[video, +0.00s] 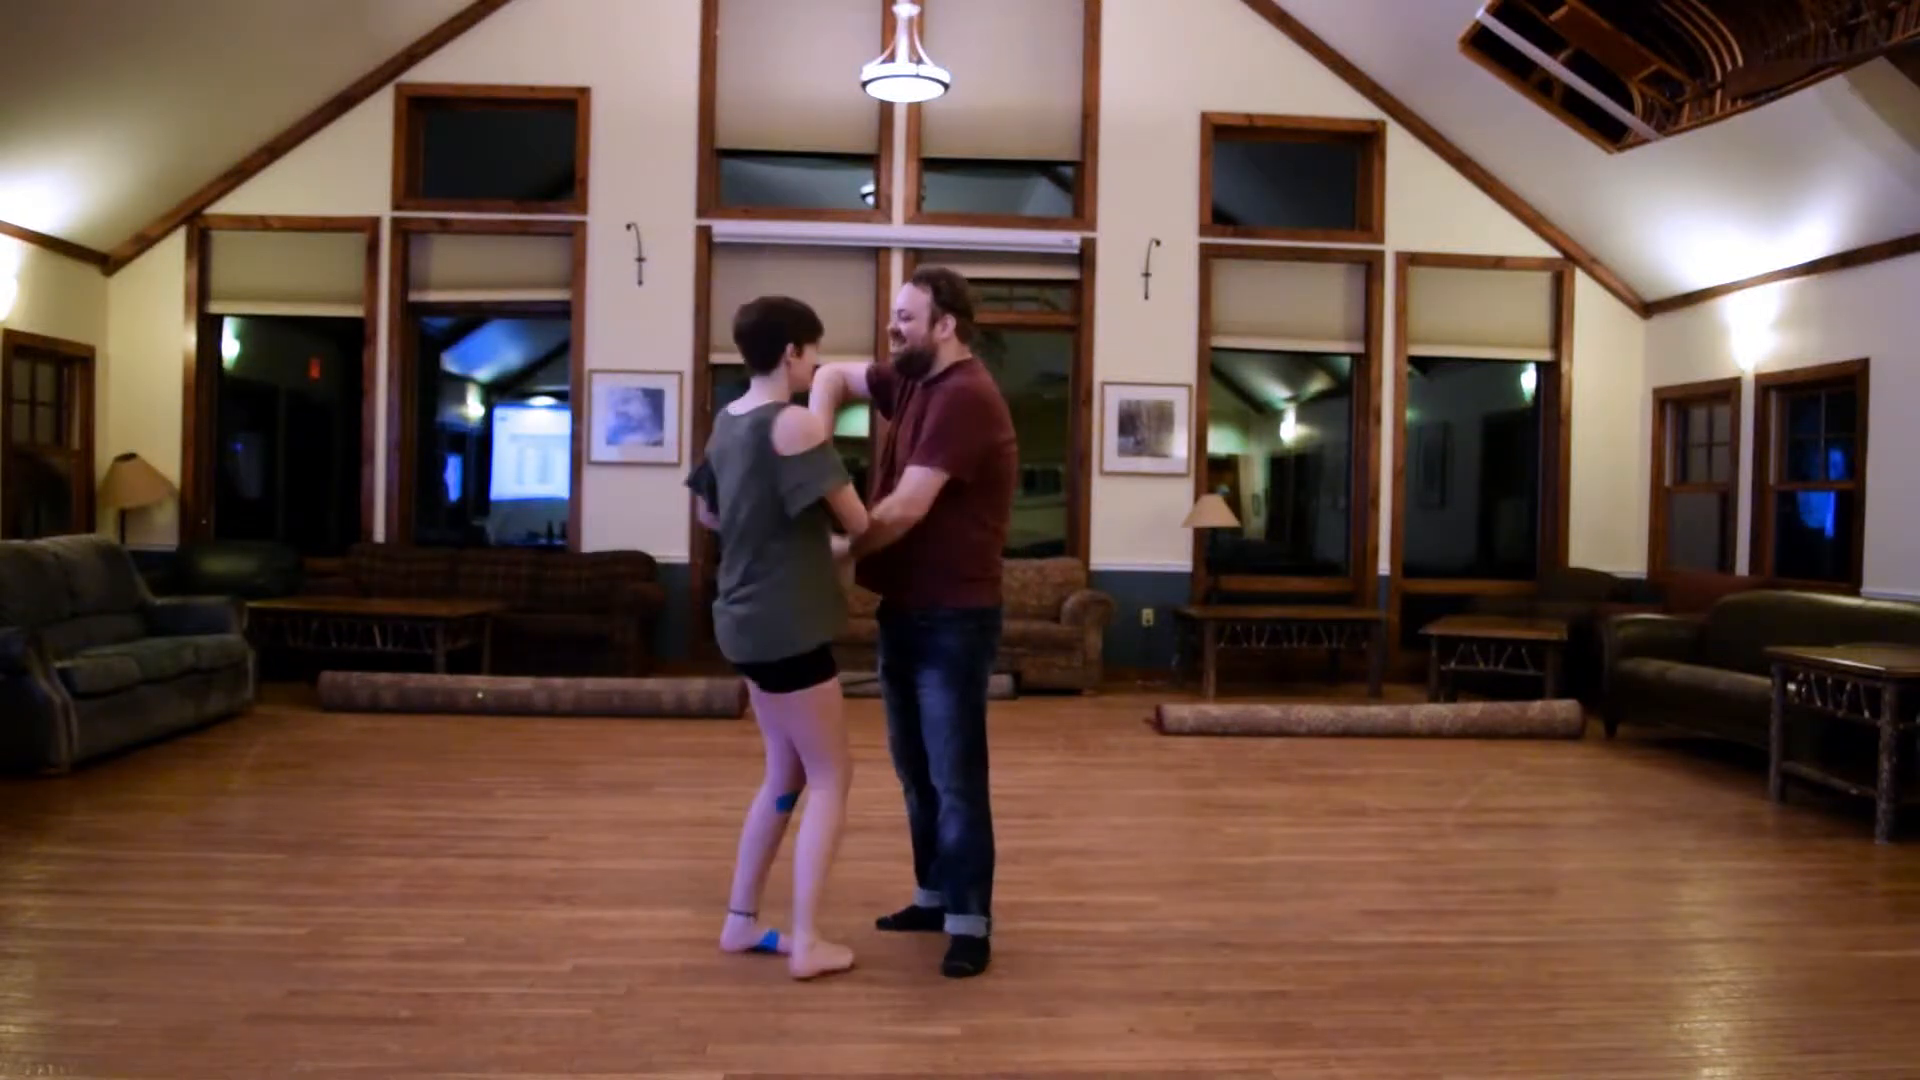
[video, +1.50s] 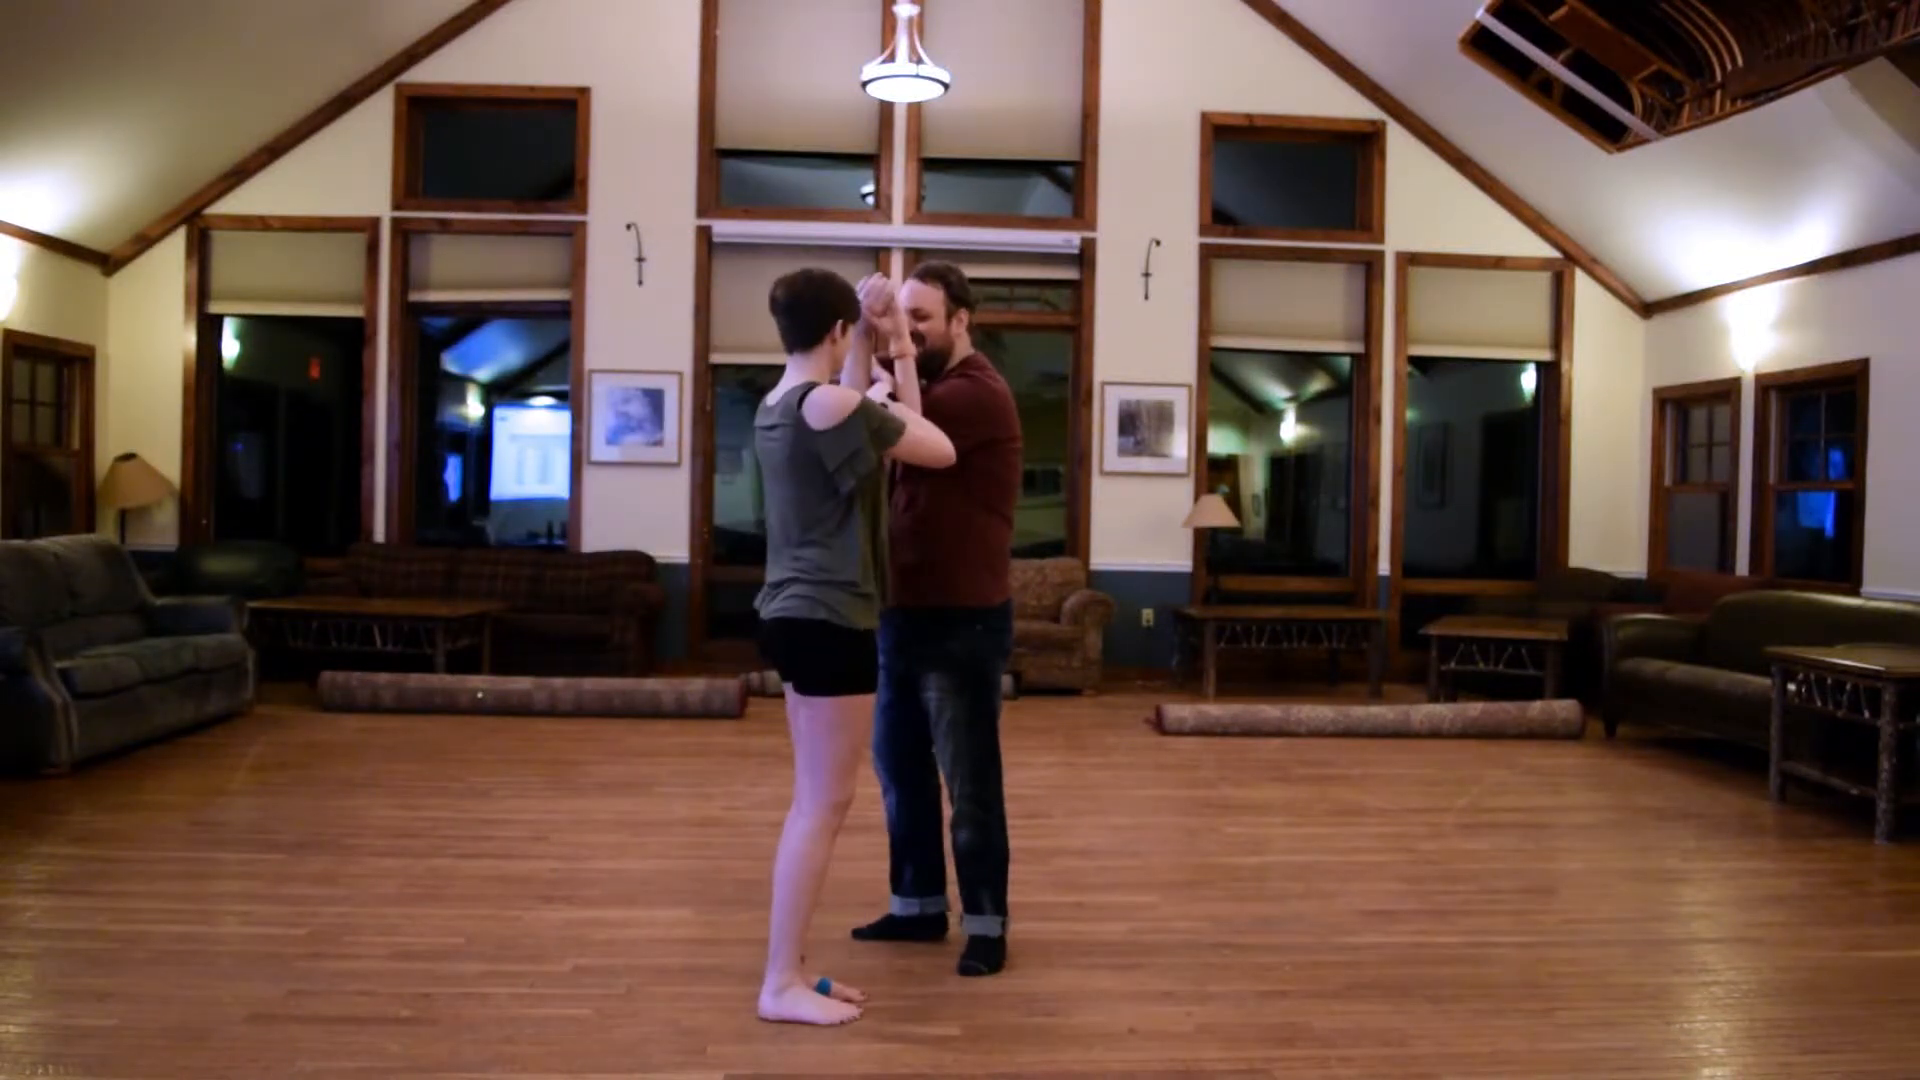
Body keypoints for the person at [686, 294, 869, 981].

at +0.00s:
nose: (817, 363)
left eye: (814, 352)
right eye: (813, 352)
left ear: (752, 355)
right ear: (792, 355)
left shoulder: (726, 421)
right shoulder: (798, 424)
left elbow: (709, 513)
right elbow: (855, 519)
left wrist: (784, 526)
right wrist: (848, 536)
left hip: (744, 623)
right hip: (791, 629)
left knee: (782, 776)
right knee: (830, 776)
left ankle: (740, 921)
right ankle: (805, 943)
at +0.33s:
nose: (775, 320)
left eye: (780, 313)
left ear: (783, 336)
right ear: (845, 345)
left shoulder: (759, 394)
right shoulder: (859, 413)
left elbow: (700, 317)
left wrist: (746, 302)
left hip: (782, 611)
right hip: (860, 614)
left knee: (779, 785)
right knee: (831, 783)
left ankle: (825, 937)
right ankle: (826, 938)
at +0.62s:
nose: (823, 324)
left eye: (836, 317)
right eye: (811, 316)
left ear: (855, 330)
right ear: (791, 331)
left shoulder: (869, 393)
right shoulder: (773, 391)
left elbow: (893, 273)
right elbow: (735, 290)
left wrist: (849, 225)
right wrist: (815, 247)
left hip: (837, 599)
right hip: (771, 596)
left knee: (813, 791)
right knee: (780, 791)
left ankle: (858, 951)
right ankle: (818, 947)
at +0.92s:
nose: (856, 334)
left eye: (851, 326)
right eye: (853, 322)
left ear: (805, 331)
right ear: (824, 325)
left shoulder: (854, 392)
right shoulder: (779, 384)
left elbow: (937, 381)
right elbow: (892, 345)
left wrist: (909, 298)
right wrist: (889, 291)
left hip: (857, 596)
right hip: (792, 595)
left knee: (852, 790)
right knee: (804, 796)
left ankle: (817, 941)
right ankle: (773, 984)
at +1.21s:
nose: (858, 340)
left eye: (861, 328)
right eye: (856, 329)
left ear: (787, 337)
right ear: (843, 336)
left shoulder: (779, 408)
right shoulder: (828, 415)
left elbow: (856, 406)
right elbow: (925, 464)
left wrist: (874, 324)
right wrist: (908, 373)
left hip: (800, 620)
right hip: (822, 627)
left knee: (832, 803)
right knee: (831, 806)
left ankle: (792, 971)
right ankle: (778, 985)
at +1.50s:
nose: (862, 336)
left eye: (862, 323)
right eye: (858, 326)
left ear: (789, 334)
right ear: (841, 333)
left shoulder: (777, 404)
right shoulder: (832, 405)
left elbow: (859, 429)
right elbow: (938, 448)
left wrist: (879, 351)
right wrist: (903, 367)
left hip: (795, 612)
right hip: (828, 619)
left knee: (817, 803)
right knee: (823, 806)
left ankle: (787, 975)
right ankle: (782, 985)